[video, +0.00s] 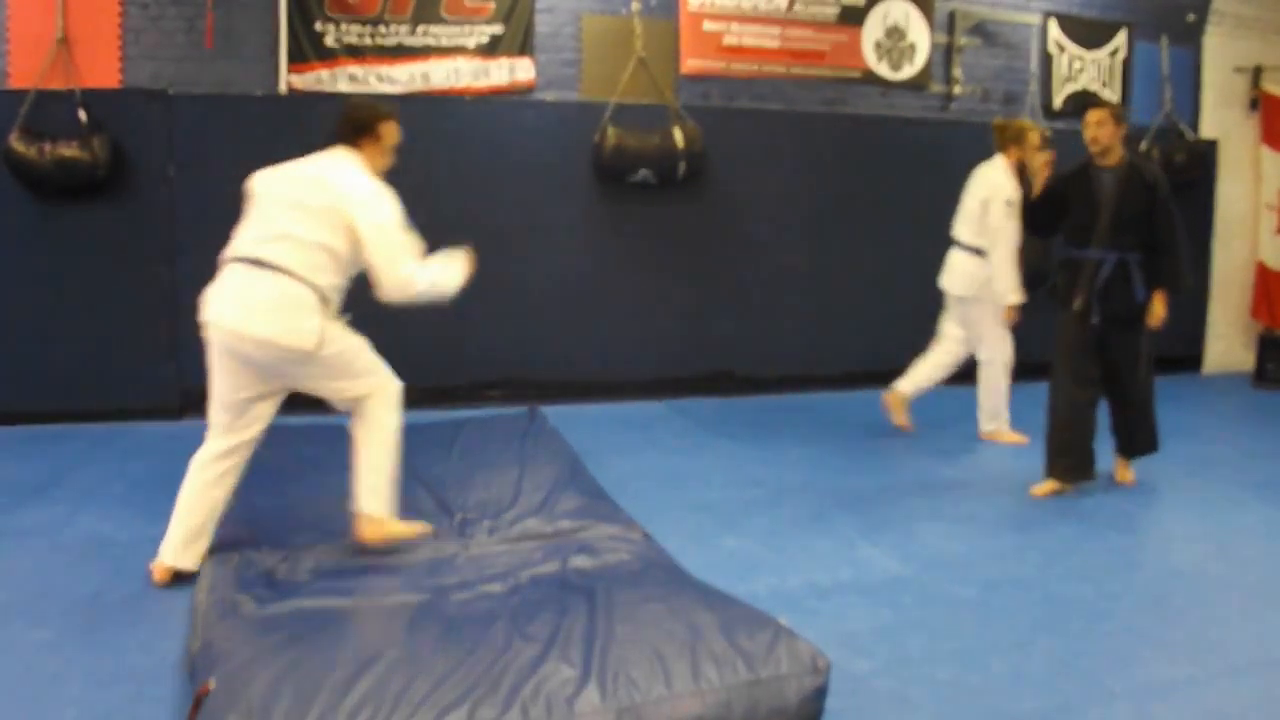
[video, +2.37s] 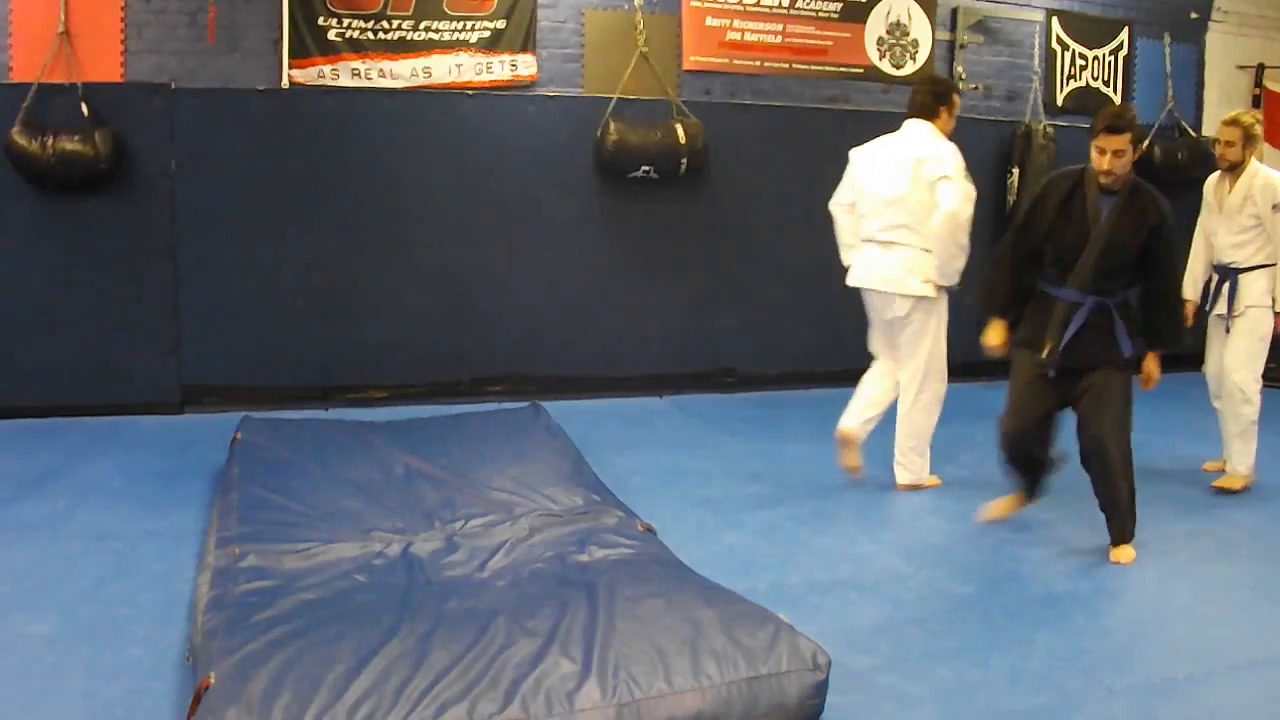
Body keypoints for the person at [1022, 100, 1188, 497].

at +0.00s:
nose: (1092, 133)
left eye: (1100, 126)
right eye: (1087, 126)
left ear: (1120, 130)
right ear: (1083, 132)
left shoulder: (1147, 179)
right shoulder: (1073, 179)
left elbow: (1165, 240)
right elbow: (1040, 224)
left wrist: (1161, 291)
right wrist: (1036, 187)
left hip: (1128, 293)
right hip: (1079, 291)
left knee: (1128, 378)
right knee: (1070, 381)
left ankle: (1125, 455)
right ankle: (1064, 470)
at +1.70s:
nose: (1119, 131)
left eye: (1128, 123)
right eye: (1115, 123)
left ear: (1151, 125)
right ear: (1112, 126)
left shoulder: (1178, 175)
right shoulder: (1110, 176)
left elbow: (1190, 247)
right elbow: (1090, 239)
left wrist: (1179, 308)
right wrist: (1069, 235)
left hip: (1160, 299)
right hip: (1120, 296)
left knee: (1131, 387)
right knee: (1117, 388)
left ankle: (1131, 490)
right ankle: (1118, 481)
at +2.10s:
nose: (1110, 149)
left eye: (1119, 140)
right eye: (1104, 140)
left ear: (1140, 139)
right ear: (1096, 140)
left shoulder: (1163, 190)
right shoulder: (1086, 187)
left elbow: (1186, 262)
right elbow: (1071, 250)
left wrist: (1198, 330)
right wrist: (1071, 306)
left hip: (1140, 308)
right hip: (1093, 308)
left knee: (1124, 407)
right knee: (1106, 404)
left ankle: (1120, 519)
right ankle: (1126, 486)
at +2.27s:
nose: (1111, 157)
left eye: (1121, 148)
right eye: (1105, 147)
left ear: (1142, 148)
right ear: (1096, 145)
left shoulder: (1162, 204)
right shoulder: (1070, 187)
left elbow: (1176, 277)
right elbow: (1038, 245)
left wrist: (1173, 343)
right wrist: (1031, 305)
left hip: (1122, 324)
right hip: (1066, 318)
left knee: (1110, 430)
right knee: (1051, 422)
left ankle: (1119, 534)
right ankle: (1095, 464)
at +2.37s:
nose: (1107, 164)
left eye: (1117, 154)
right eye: (1100, 152)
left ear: (1134, 153)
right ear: (1089, 149)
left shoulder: (1151, 209)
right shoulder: (1057, 189)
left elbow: (1161, 284)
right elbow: (1017, 250)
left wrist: (1153, 348)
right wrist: (1000, 315)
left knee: (1105, 439)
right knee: (1018, 426)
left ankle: (1120, 537)